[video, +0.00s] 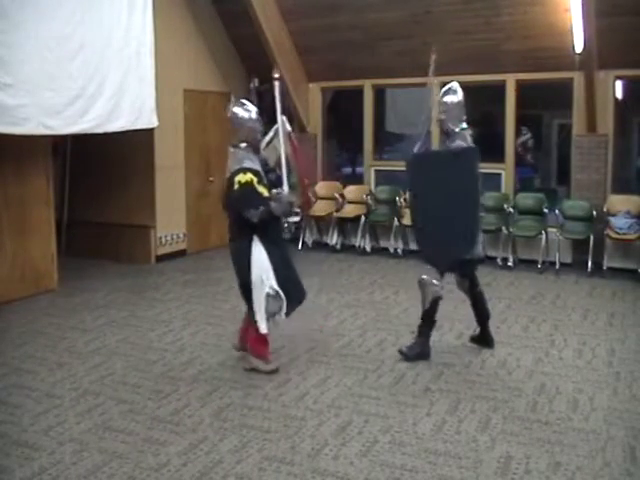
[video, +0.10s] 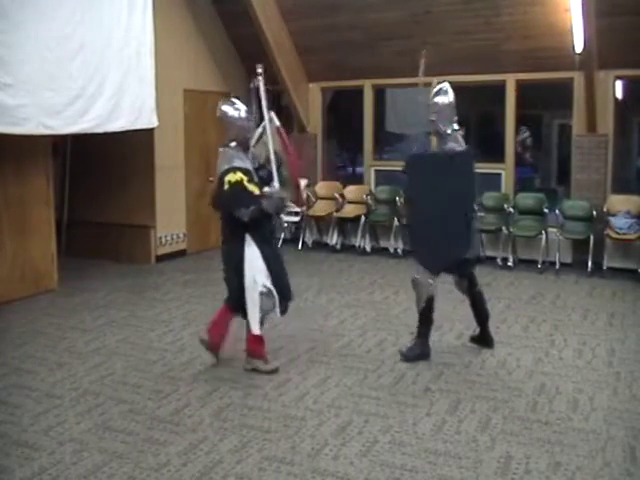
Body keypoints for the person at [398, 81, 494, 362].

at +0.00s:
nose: (443, 114)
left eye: (449, 109)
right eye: (441, 109)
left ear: (458, 113)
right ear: (438, 110)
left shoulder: (461, 142)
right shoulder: (435, 139)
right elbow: (415, 161)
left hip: (454, 220)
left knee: (432, 278)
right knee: (468, 279)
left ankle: (422, 342)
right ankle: (485, 333)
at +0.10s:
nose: (432, 115)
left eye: (438, 110)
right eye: (431, 110)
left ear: (451, 114)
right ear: (429, 112)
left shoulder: (456, 146)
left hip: (440, 224)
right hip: (455, 223)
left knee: (423, 280)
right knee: (467, 279)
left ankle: (422, 342)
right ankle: (485, 333)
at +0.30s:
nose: (418, 111)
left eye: (423, 105)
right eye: (416, 105)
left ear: (434, 107)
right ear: (413, 108)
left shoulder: (436, 144)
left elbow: (451, 193)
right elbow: (399, 194)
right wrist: (399, 229)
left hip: (430, 223)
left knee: (415, 278)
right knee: (434, 274)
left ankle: (421, 342)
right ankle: (466, 319)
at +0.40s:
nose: (407, 110)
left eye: (413, 104)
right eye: (407, 104)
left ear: (423, 107)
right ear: (406, 107)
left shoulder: (432, 143)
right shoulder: (412, 140)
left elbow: (440, 191)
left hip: (429, 220)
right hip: (415, 219)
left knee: (414, 276)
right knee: (418, 272)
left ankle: (421, 340)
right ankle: (444, 318)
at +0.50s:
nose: (400, 109)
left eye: (404, 103)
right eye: (399, 103)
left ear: (413, 107)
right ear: (399, 107)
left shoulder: (424, 143)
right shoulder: (406, 140)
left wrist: (380, 167)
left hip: (422, 222)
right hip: (408, 220)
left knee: (412, 276)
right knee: (396, 273)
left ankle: (419, 341)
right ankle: (416, 331)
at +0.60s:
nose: (390, 110)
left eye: (395, 104)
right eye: (389, 104)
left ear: (406, 106)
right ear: (387, 107)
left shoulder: (415, 139)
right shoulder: (396, 138)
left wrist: (375, 171)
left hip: (417, 222)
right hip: (398, 221)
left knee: (410, 279)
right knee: (383, 275)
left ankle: (421, 343)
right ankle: (383, 336)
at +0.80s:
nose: (371, 116)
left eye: (375, 110)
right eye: (371, 110)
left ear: (385, 113)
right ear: (380, 113)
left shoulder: (396, 143)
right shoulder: (382, 142)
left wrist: (349, 171)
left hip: (390, 227)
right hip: (377, 226)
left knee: (399, 287)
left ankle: (420, 342)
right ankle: (352, 343)